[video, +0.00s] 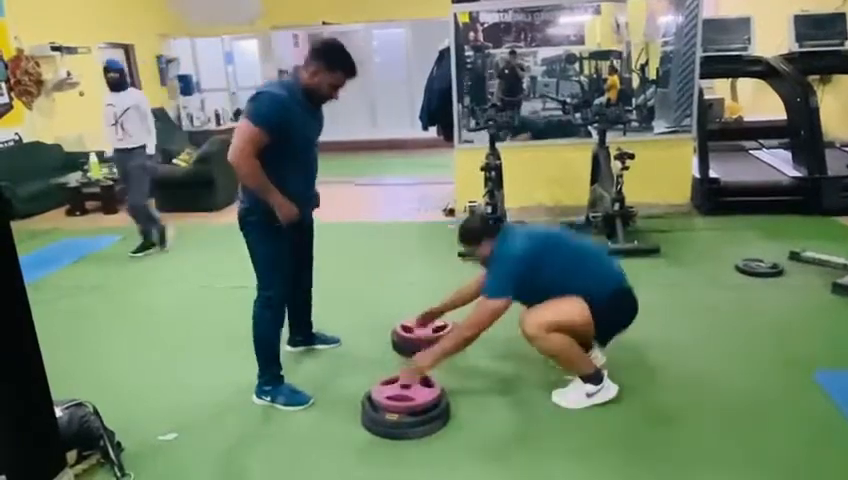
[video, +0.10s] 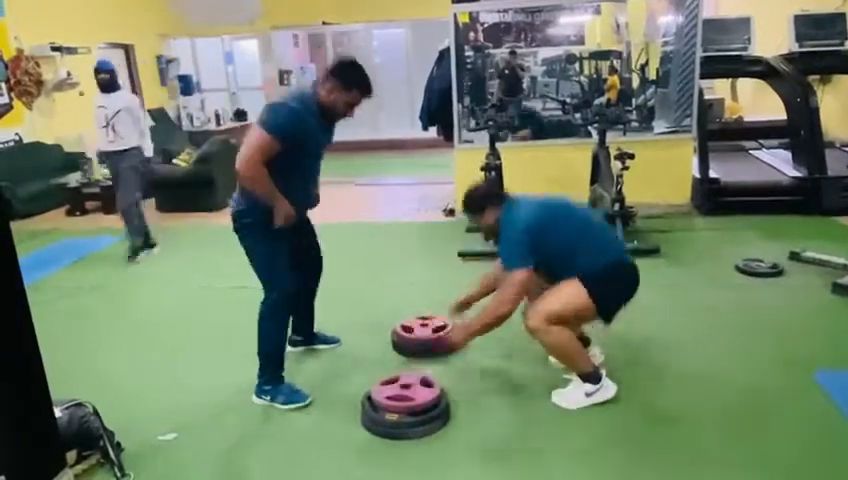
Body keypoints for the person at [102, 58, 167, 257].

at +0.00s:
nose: (111, 80)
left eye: (115, 76)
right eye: (108, 77)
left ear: (123, 76)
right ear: (105, 79)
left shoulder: (137, 97)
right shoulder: (109, 100)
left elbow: (151, 124)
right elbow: (110, 127)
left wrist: (150, 150)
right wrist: (110, 150)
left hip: (138, 150)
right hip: (120, 152)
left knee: (136, 201)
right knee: (134, 200)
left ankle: (158, 227)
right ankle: (147, 237)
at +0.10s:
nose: (102, 81)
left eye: (105, 76)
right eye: (98, 77)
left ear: (114, 77)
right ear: (95, 79)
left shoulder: (130, 100)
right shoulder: (99, 102)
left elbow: (144, 127)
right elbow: (101, 128)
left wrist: (148, 152)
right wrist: (99, 150)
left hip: (130, 151)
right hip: (110, 153)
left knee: (125, 200)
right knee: (128, 199)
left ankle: (136, 242)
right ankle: (146, 238)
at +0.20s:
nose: (93, 83)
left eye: (97, 79)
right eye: (90, 80)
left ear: (106, 79)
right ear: (86, 82)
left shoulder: (121, 103)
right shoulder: (89, 105)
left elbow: (137, 131)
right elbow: (87, 134)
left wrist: (145, 156)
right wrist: (76, 156)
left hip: (122, 156)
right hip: (103, 159)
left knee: (118, 203)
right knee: (123, 200)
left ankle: (111, 252)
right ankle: (146, 238)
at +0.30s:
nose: (84, 83)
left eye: (88, 79)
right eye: (81, 80)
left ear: (96, 80)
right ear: (77, 82)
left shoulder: (112, 104)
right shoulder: (78, 107)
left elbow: (130, 133)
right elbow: (71, 134)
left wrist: (139, 160)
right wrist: (61, 160)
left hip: (112, 160)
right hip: (92, 162)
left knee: (108, 209)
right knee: (113, 206)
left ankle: (104, 257)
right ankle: (142, 237)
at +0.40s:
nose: (75, 83)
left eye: (78, 79)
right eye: (71, 80)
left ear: (88, 79)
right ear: (67, 83)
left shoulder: (101, 103)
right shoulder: (67, 106)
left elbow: (119, 135)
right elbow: (61, 134)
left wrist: (124, 164)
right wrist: (51, 160)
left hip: (101, 159)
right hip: (81, 162)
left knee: (101, 209)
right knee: (94, 210)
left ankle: (103, 259)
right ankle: (130, 233)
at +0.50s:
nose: (65, 83)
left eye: (69, 79)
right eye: (61, 79)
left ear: (77, 80)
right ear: (57, 83)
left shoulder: (89, 105)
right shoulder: (58, 108)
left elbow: (107, 137)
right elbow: (54, 137)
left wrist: (110, 166)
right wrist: (45, 162)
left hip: (92, 162)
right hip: (70, 164)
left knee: (97, 212)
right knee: (75, 217)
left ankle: (103, 259)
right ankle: (109, 235)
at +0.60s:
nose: (50, 86)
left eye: (54, 82)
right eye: (48, 82)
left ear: (65, 82)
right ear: (46, 85)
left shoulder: (81, 105)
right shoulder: (51, 108)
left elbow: (90, 137)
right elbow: (49, 139)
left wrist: (87, 167)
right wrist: (41, 165)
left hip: (82, 166)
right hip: (59, 167)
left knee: (91, 217)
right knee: (56, 221)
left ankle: (101, 260)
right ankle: (85, 247)